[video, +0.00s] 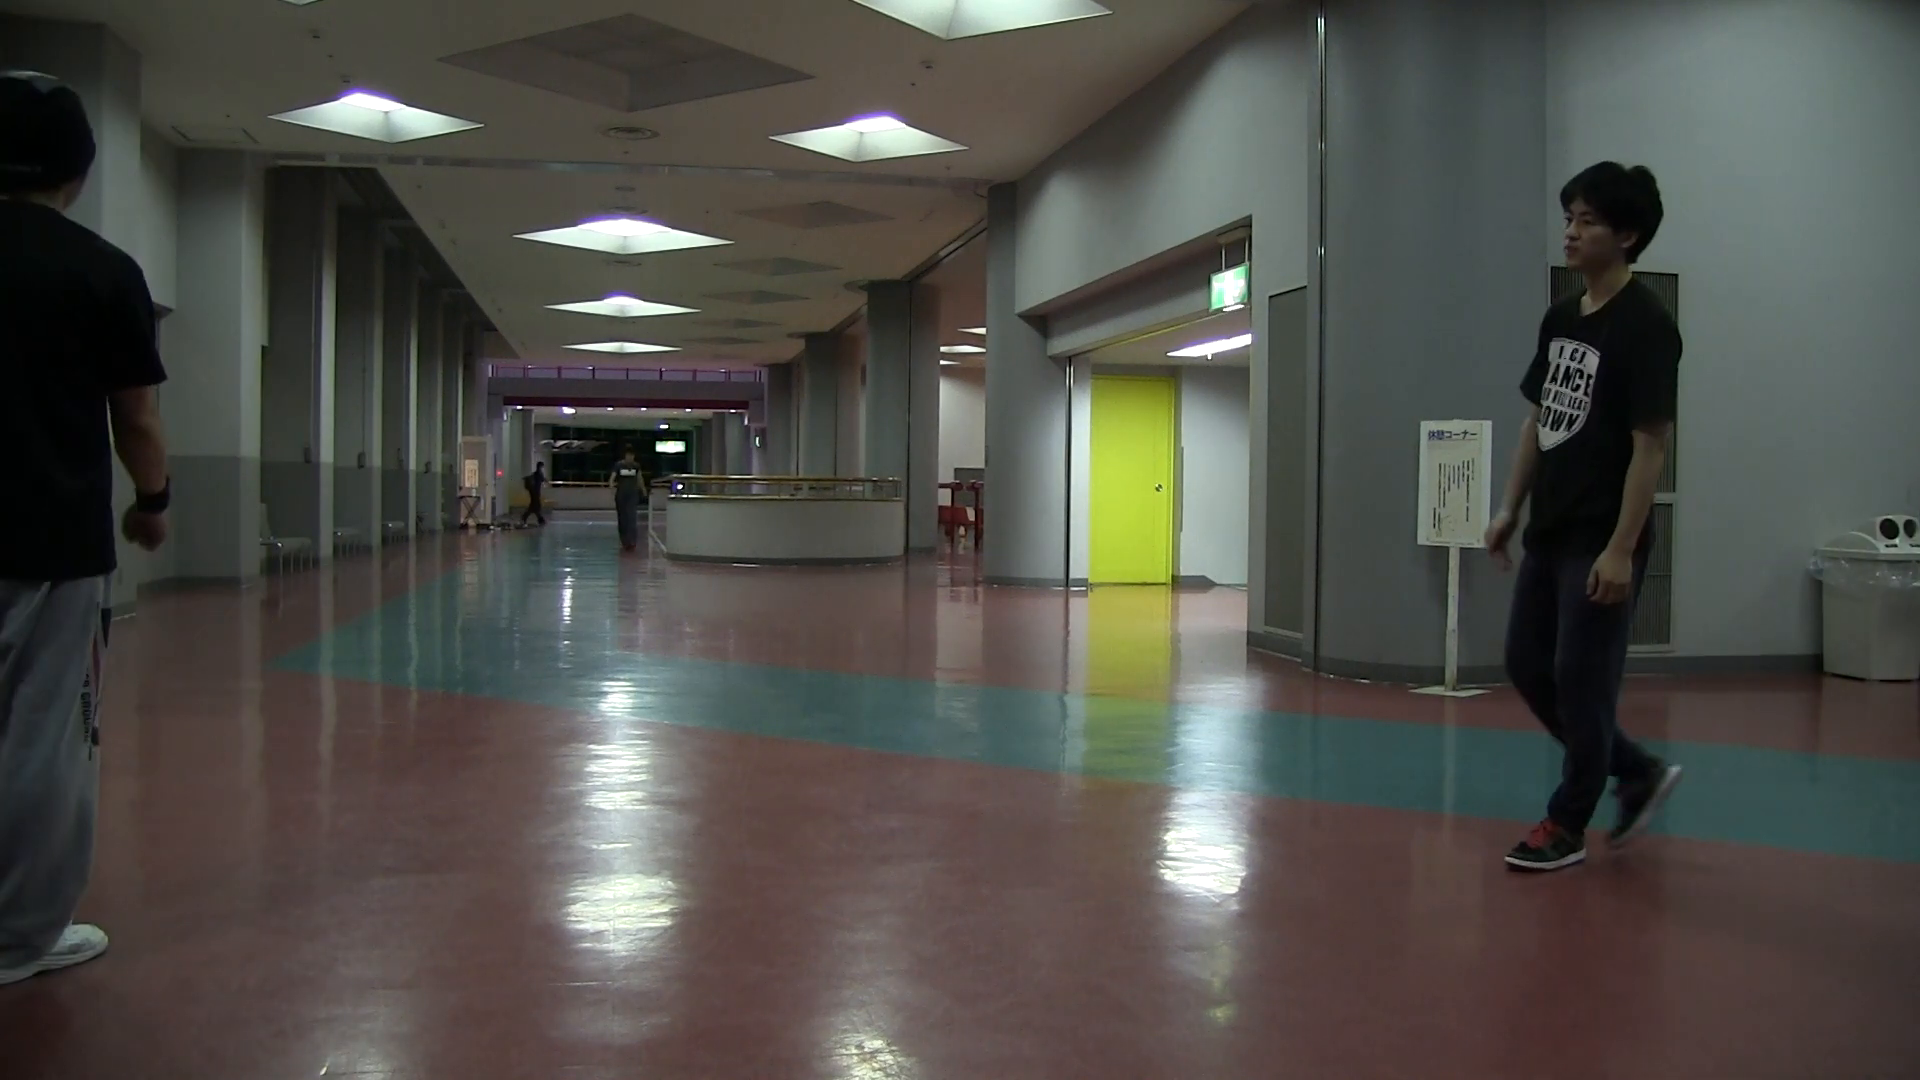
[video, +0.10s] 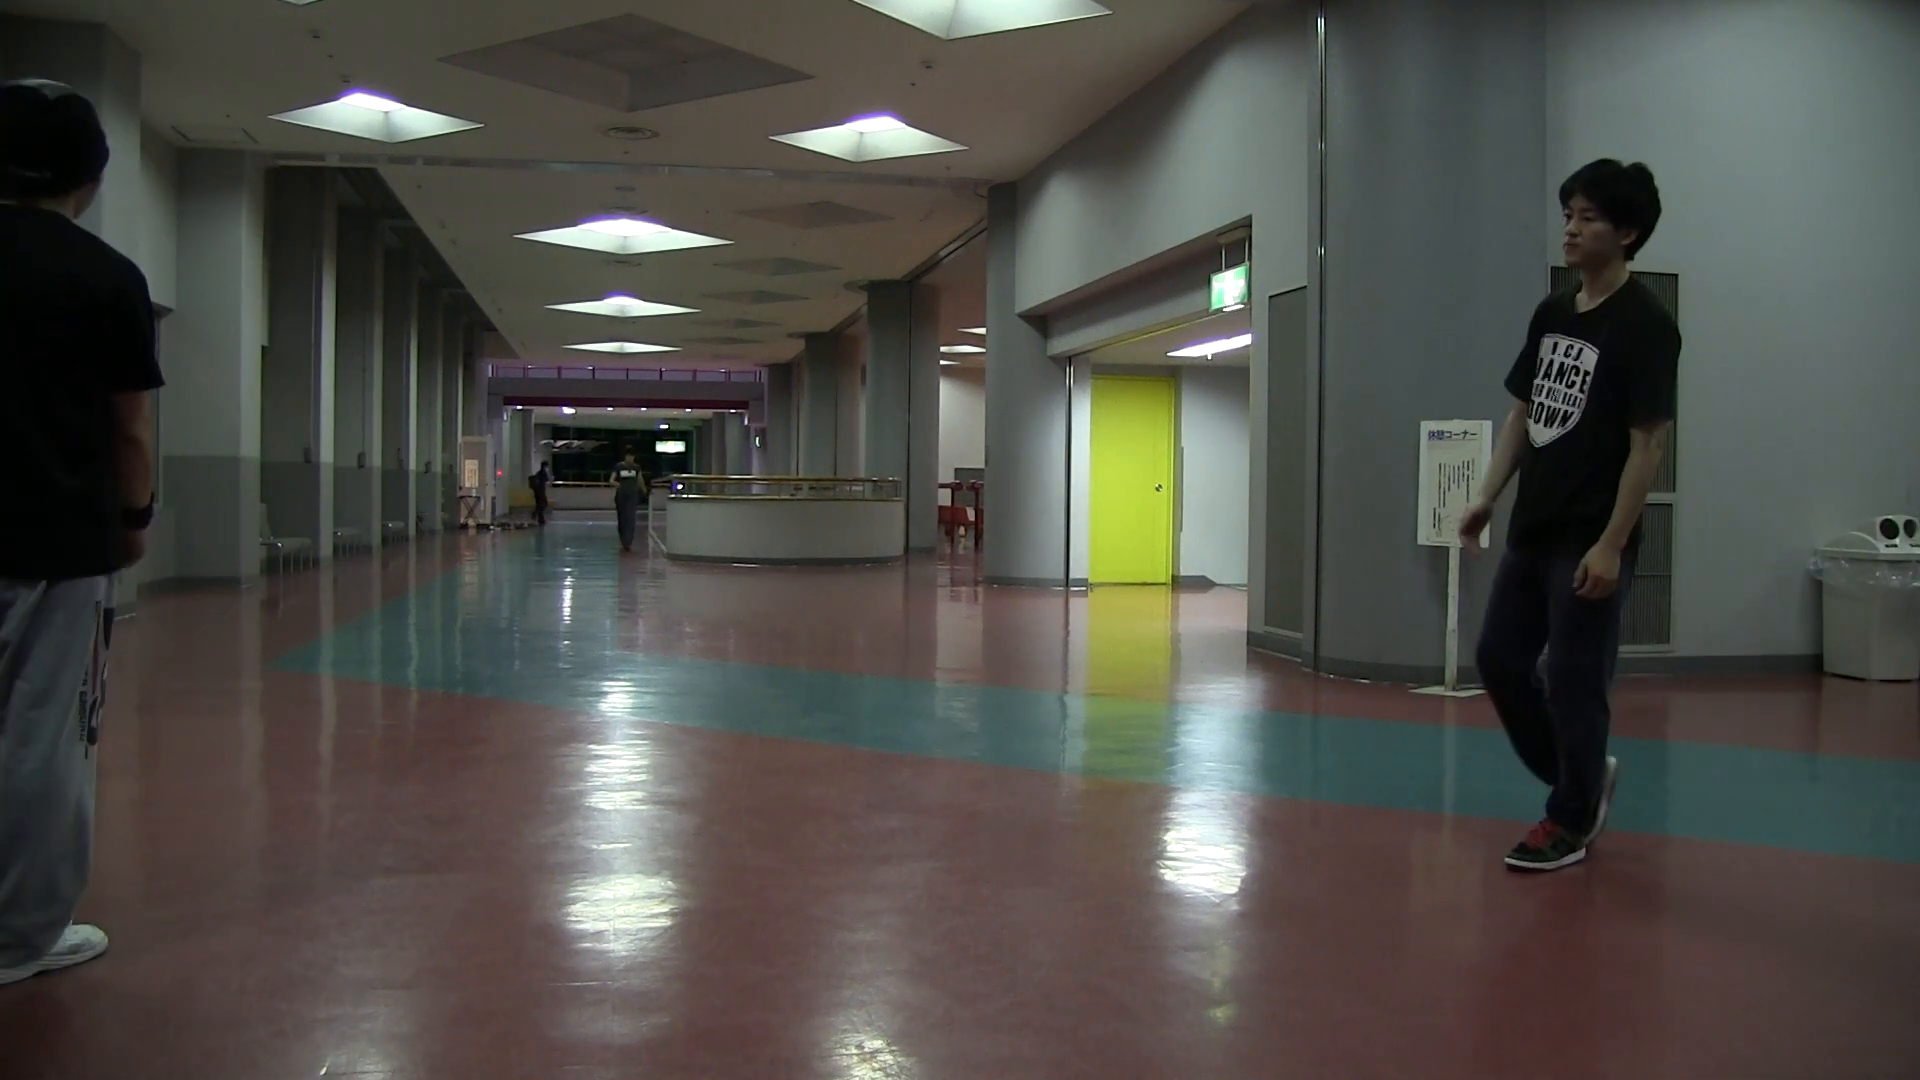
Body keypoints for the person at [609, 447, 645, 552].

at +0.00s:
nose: (630, 458)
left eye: (632, 456)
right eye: (628, 456)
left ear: (634, 457)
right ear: (625, 456)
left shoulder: (636, 466)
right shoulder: (619, 465)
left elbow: (640, 480)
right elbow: (612, 479)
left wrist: (644, 490)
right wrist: (612, 485)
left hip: (633, 496)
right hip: (621, 496)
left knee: (632, 519)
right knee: (623, 519)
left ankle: (632, 542)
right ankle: (625, 542)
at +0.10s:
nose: (630, 459)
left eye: (632, 457)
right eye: (628, 457)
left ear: (634, 457)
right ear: (625, 457)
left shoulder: (636, 468)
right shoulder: (619, 467)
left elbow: (640, 481)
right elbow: (612, 480)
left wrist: (644, 489)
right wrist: (617, 484)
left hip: (633, 497)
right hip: (621, 497)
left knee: (631, 519)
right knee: (622, 519)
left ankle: (628, 542)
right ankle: (624, 541)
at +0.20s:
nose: (630, 459)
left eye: (632, 456)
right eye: (628, 456)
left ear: (634, 457)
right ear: (624, 456)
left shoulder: (636, 467)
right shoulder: (619, 466)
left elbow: (641, 481)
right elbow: (612, 480)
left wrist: (645, 493)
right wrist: (618, 480)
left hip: (633, 498)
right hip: (621, 498)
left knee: (630, 519)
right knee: (622, 519)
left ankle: (627, 543)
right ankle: (623, 542)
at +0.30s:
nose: (628, 456)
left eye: (630, 454)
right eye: (627, 454)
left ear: (632, 455)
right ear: (624, 454)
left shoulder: (635, 465)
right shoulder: (618, 464)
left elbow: (640, 481)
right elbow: (612, 477)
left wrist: (645, 496)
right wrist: (618, 472)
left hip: (632, 496)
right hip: (620, 496)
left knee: (631, 519)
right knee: (620, 518)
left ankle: (627, 543)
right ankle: (621, 540)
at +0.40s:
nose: (627, 456)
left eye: (629, 454)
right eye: (626, 454)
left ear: (632, 454)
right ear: (623, 454)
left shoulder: (635, 465)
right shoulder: (618, 463)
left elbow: (639, 479)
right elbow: (610, 476)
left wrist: (641, 492)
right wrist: (617, 468)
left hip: (632, 495)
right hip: (620, 494)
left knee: (630, 520)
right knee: (619, 519)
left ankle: (627, 544)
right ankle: (618, 543)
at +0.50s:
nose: (627, 457)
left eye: (629, 455)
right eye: (625, 455)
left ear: (632, 456)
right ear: (622, 455)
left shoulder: (635, 465)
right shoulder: (618, 464)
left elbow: (637, 478)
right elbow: (610, 476)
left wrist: (635, 485)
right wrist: (618, 467)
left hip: (631, 494)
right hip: (619, 494)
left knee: (630, 519)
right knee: (619, 518)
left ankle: (627, 544)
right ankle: (616, 544)